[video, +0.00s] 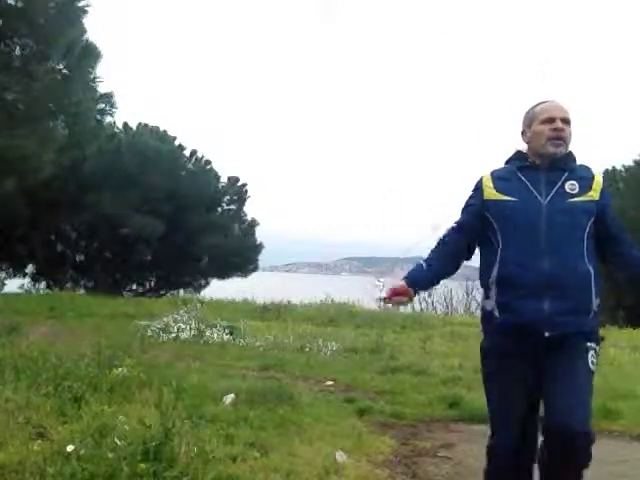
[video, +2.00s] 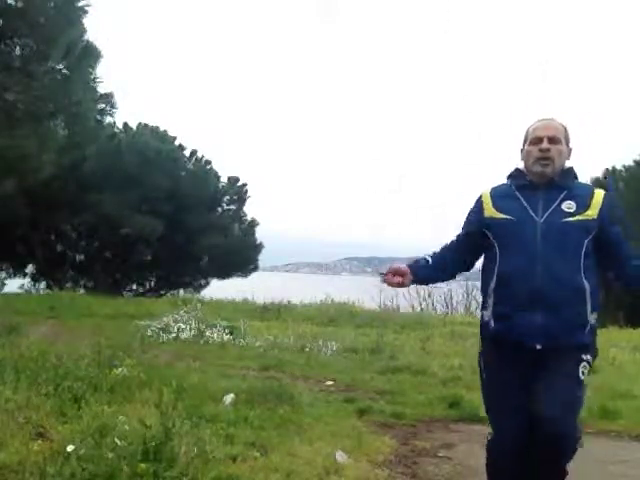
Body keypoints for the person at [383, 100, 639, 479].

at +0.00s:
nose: (559, 127)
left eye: (565, 122)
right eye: (548, 122)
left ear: (573, 133)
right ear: (526, 134)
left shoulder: (591, 186)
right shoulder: (493, 185)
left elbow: (621, 251)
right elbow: (456, 244)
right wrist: (413, 283)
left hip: (572, 333)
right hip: (508, 333)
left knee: (572, 437)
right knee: (509, 445)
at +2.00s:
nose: (544, 147)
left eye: (553, 142)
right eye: (536, 142)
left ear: (568, 153)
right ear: (523, 152)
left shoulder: (596, 203)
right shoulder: (492, 202)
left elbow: (626, 266)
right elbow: (458, 255)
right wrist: (412, 272)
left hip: (566, 345)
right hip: (503, 344)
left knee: (556, 435)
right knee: (508, 440)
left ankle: (547, 473)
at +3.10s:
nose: (552, 152)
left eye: (562, 146)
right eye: (543, 146)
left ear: (577, 158)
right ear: (529, 156)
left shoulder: (605, 211)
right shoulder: (495, 209)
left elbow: (636, 248)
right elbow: (448, 257)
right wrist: (391, 280)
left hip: (574, 355)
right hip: (506, 351)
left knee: (559, 454)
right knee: (495, 429)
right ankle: (524, 473)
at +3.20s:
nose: (550, 145)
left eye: (560, 138)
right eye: (542, 137)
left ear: (575, 148)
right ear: (528, 147)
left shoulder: (598, 204)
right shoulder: (497, 205)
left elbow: (629, 253)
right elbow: (472, 266)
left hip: (572, 347)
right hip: (505, 343)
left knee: (562, 453)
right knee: (487, 413)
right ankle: (505, 474)